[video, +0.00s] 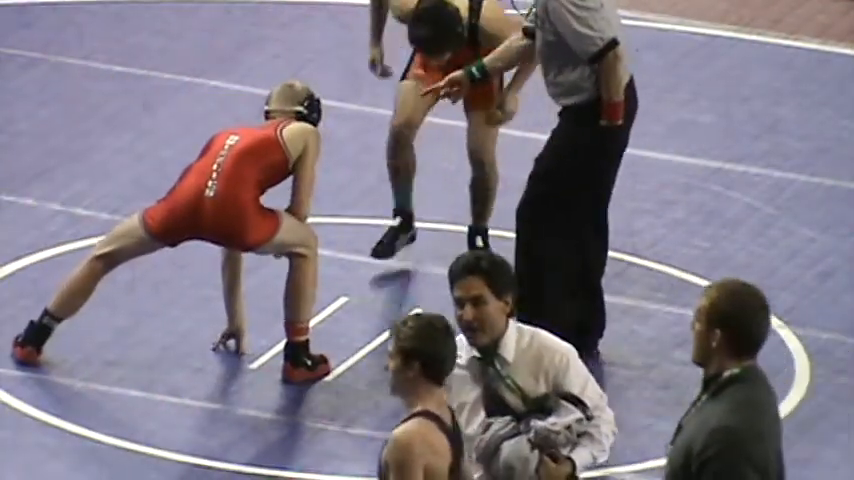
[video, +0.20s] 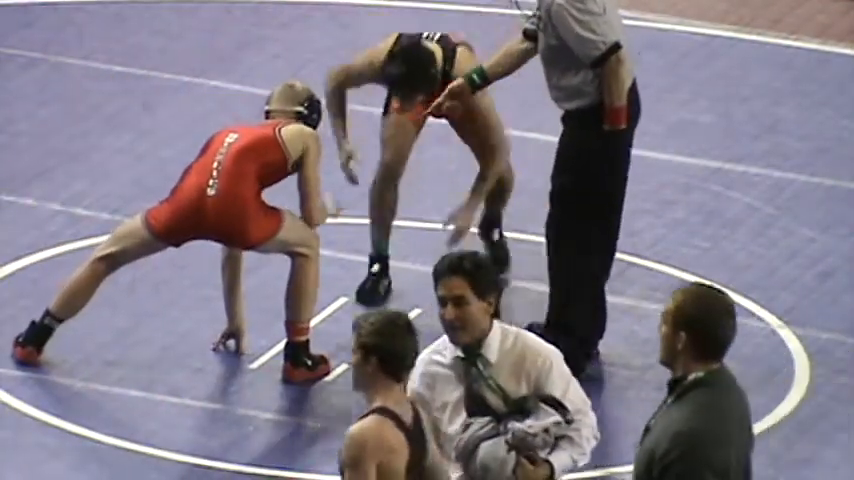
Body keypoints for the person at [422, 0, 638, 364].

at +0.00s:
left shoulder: (567, 4)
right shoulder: (548, 6)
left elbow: (611, 54)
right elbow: (527, 39)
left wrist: (612, 119)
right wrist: (472, 73)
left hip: (592, 111)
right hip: (594, 107)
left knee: (536, 214)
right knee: (577, 218)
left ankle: (537, 333)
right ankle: (579, 336)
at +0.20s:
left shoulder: (570, 6)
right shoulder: (550, 6)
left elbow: (614, 59)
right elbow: (528, 43)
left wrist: (615, 127)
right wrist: (471, 82)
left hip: (601, 116)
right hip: (586, 113)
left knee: (578, 230)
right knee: (568, 226)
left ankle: (576, 348)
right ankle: (565, 332)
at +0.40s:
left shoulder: (569, 8)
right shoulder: (552, 7)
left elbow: (614, 67)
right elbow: (530, 48)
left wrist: (616, 135)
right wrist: (474, 90)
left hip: (601, 123)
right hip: (587, 117)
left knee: (578, 233)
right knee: (569, 227)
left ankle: (574, 351)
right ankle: (569, 328)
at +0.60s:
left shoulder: (568, 13)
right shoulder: (557, 10)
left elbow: (618, 70)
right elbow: (541, 56)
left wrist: (612, 138)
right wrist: (483, 82)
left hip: (600, 130)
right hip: (584, 125)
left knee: (581, 235)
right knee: (564, 226)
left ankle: (568, 351)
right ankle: (564, 324)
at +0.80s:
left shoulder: (560, 17)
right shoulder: (569, 5)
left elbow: (614, 61)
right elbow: (555, 50)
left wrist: (611, 116)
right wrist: (517, 31)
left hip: (589, 128)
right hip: (607, 121)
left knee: (564, 228)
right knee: (589, 224)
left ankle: (570, 332)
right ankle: (588, 318)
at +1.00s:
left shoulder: (572, 15)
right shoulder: (593, 5)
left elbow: (566, 98)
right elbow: (568, 49)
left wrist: (538, 130)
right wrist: (535, 16)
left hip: (593, 130)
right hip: (619, 118)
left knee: (568, 231)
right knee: (597, 229)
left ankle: (567, 332)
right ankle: (588, 327)